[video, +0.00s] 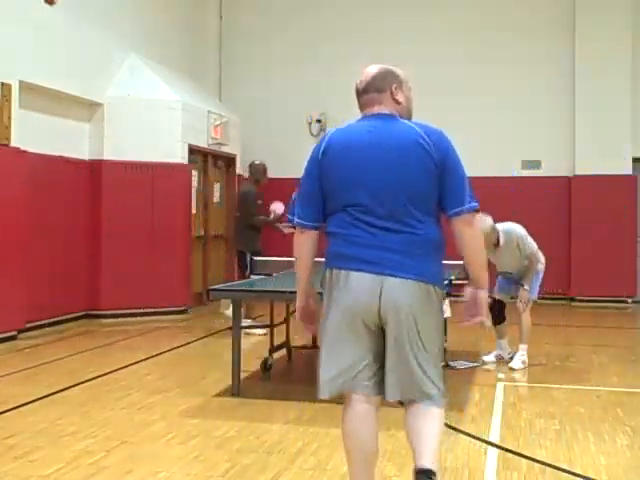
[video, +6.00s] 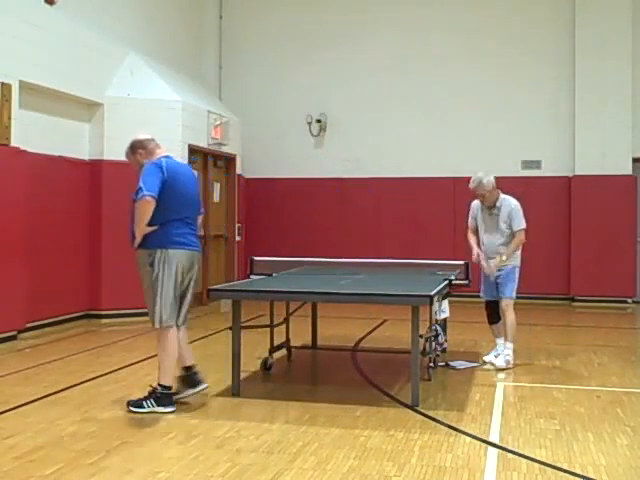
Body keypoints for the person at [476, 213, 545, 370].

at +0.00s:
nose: (485, 243)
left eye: (487, 237)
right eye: (482, 239)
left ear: (494, 232)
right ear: (480, 236)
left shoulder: (515, 232)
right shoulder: (482, 243)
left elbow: (535, 259)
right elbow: (484, 269)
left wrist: (525, 287)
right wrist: (485, 294)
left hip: (529, 268)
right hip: (506, 272)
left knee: (522, 306)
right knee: (496, 306)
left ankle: (522, 352)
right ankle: (503, 349)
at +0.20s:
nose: (485, 210)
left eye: (488, 206)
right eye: (483, 206)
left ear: (499, 203)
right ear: (484, 206)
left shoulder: (521, 218)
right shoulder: (484, 220)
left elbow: (532, 247)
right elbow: (485, 244)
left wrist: (522, 275)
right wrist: (488, 266)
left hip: (528, 266)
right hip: (505, 266)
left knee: (523, 306)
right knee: (498, 305)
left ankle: (522, 352)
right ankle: (503, 348)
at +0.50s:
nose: (497, 184)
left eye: (501, 180)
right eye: (495, 180)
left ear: (512, 180)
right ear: (492, 183)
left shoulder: (526, 205)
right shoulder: (490, 203)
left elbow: (535, 235)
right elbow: (484, 225)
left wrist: (513, 253)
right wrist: (486, 238)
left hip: (522, 264)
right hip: (500, 263)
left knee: (521, 306)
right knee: (498, 306)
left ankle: (523, 351)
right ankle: (501, 348)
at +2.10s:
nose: (512, 179)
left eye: (516, 175)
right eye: (508, 174)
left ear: (523, 178)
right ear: (503, 177)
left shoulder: (531, 201)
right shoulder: (493, 199)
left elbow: (541, 230)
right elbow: (482, 227)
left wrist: (519, 226)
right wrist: (483, 219)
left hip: (520, 260)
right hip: (497, 259)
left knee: (523, 305)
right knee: (497, 304)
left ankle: (527, 349)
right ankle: (501, 347)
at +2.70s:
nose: (506, 176)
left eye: (510, 172)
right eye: (503, 172)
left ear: (521, 175)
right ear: (500, 176)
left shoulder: (529, 198)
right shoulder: (495, 200)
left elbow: (529, 216)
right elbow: (489, 225)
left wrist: (511, 195)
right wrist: (476, 227)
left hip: (519, 259)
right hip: (497, 258)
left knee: (523, 304)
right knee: (497, 304)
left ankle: (526, 349)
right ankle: (501, 346)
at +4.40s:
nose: (501, 187)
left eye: (505, 183)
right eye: (499, 183)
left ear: (517, 180)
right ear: (497, 183)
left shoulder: (531, 201)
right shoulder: (495, 198)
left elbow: (537, 229)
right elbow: (483, 223)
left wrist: (513, 227)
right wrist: (483, 219)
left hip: (520, 261)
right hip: (497, 260)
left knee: (523, 305)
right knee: (497, 304)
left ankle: (527, 350)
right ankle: (501, 347)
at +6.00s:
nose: (480, 200)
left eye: (483, 195)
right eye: (478, 196)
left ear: (494, 190)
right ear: (477, 193)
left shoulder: (511, 205)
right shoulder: (476, 206)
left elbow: (520, 236)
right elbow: (471, 231)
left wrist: (504, 257)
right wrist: (475, 249)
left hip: (508, 263)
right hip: (487, 263)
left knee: (506, 305)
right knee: (490, 306)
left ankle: (508, 350)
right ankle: (499, 346)